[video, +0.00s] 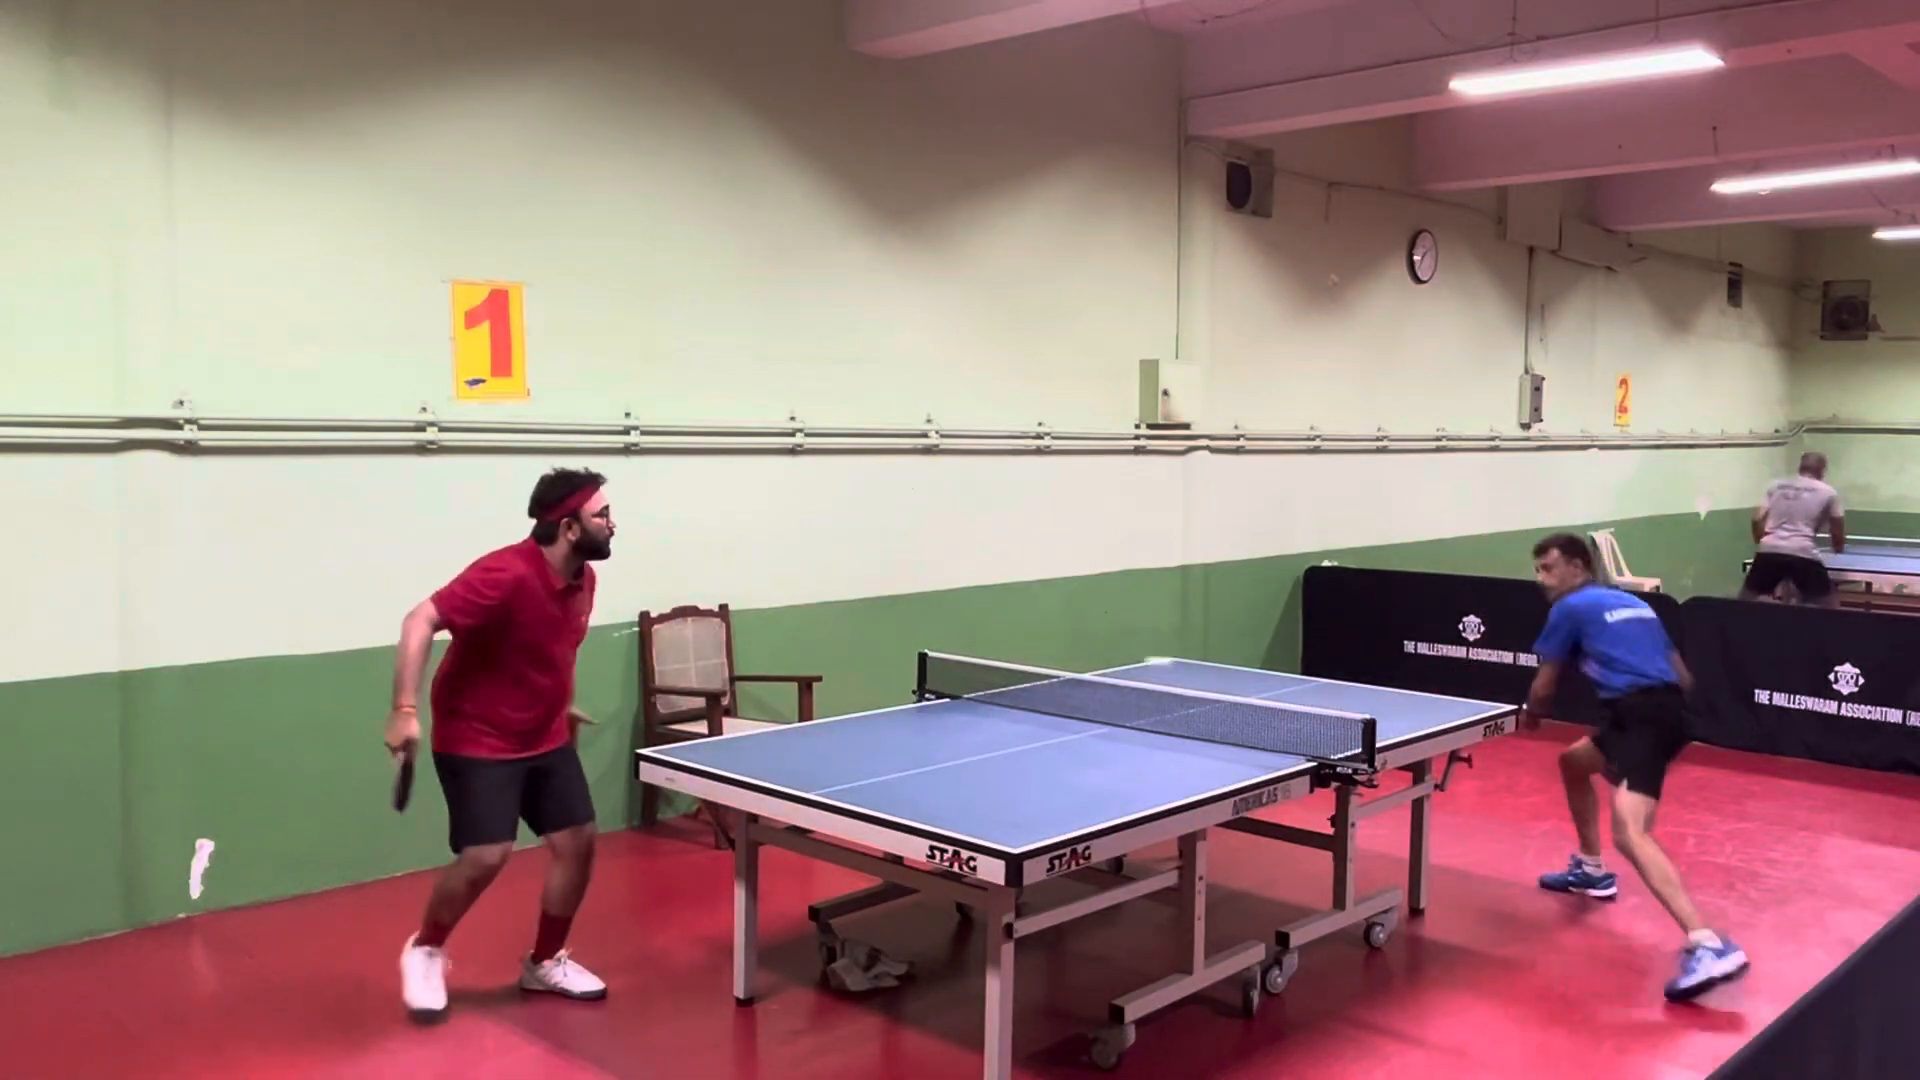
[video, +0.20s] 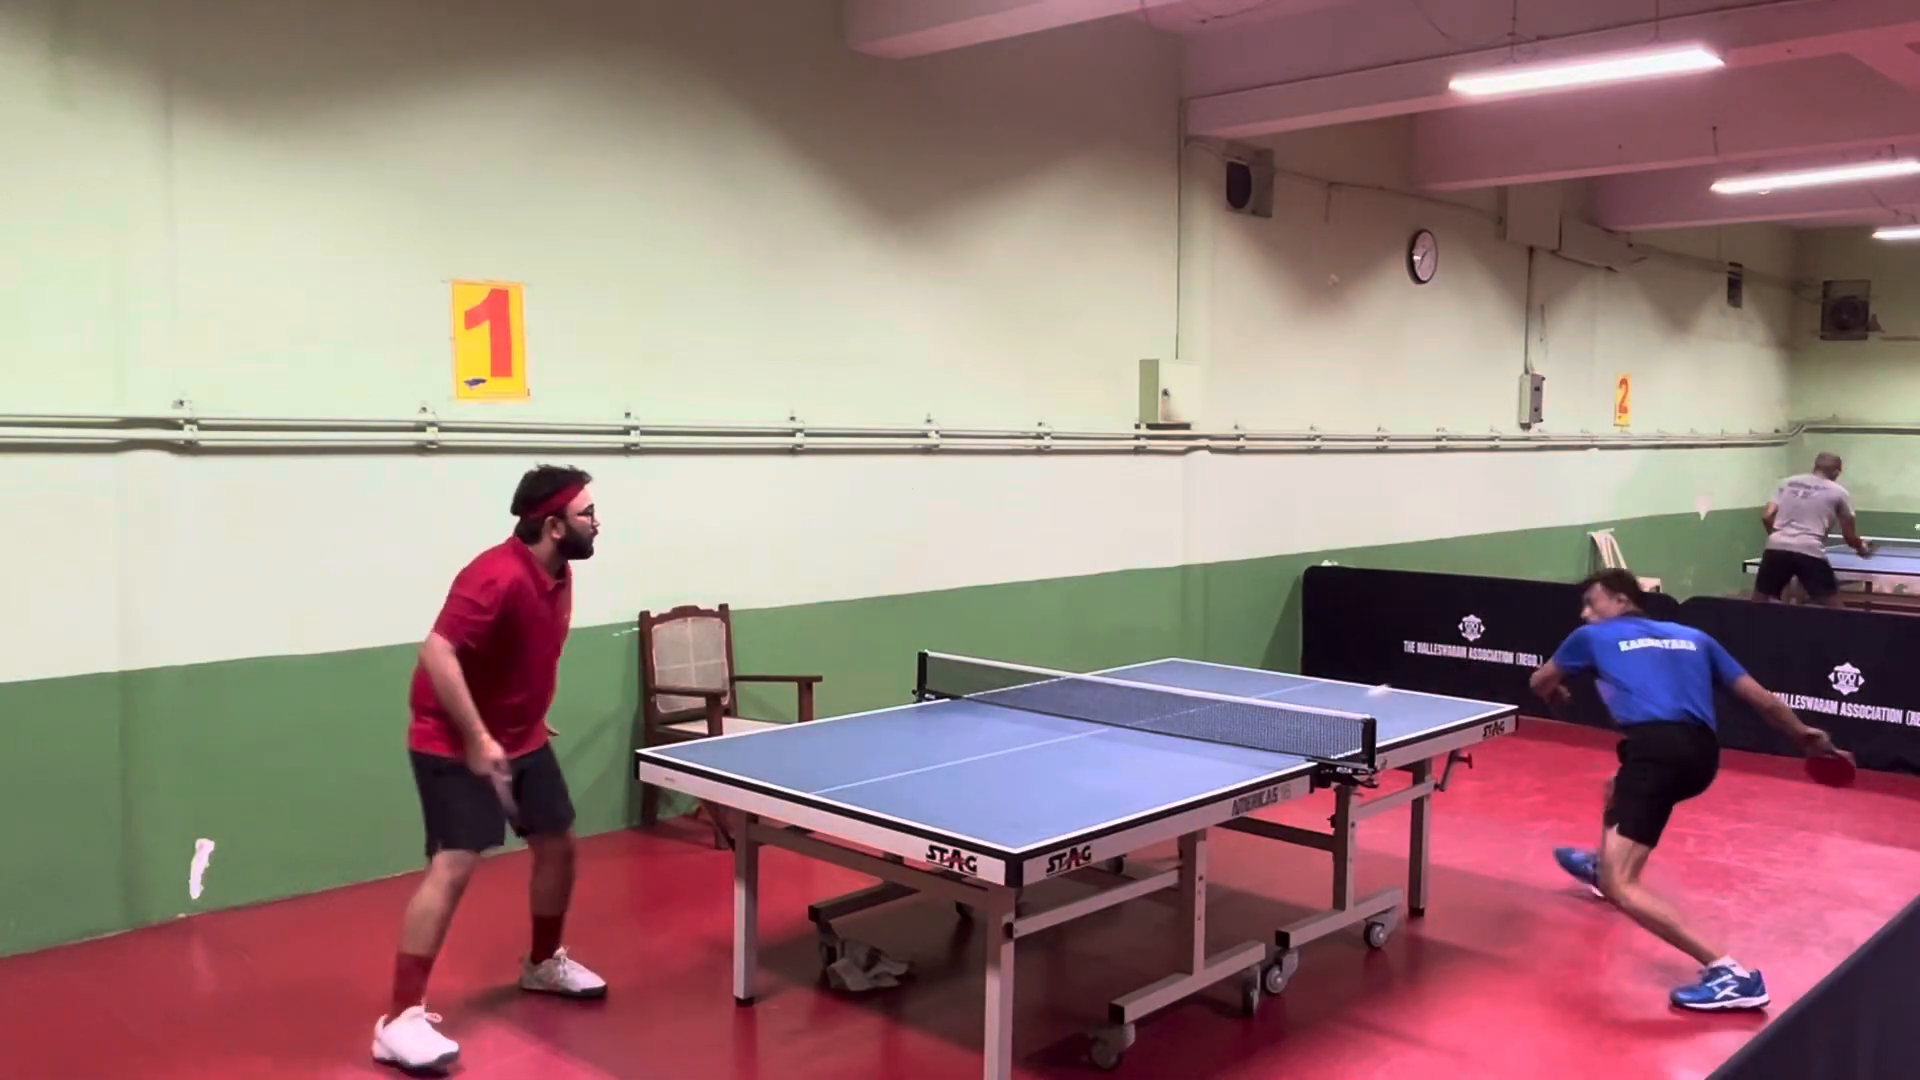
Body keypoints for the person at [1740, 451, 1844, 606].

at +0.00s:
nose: (1824, 474)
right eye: (1824, 470)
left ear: (1800, 469)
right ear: (1821, 471)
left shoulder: (1776, 486)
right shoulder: (1828, 493)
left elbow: (1757, 518)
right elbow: (1838, 544)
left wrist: (1761, 541)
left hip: (1768, 553)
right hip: (1803, 557)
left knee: (1744, 604)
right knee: (1829, 607)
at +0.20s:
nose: (1839, 474)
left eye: (1839, 471)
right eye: (1839, 471)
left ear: (1815, 467)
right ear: (1836, 471)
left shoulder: (1789, 482)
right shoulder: (1838, 493)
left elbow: (1767, 517)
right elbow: (1849, 537)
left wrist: (1778, 539)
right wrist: (1861, 547)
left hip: (1776, 551)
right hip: (1809, 555)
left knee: (1758, 603)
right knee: (1834, 608)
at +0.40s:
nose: (1843, 483)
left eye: (1844, 479)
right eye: (1844, 479)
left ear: (1821, 467)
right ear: (1841, 476)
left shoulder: (1788, 481)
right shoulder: (1833, 490)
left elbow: (1766, 514)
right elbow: (1824, 528)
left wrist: (1788, 526)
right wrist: (1860, 542)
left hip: (1777, 554)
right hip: (1809, 556)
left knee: (1759, 604)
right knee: (1841, 602)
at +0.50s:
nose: (1849, 485)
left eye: (1852, 481)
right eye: (1851, 479)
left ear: (1830, 466)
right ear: (1843, 472)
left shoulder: (1796, 480)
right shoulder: (1831, 486)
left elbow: (1775, 514)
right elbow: (1823, 522)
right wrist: (1859, 534)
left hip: (1779, 554)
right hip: (1809, 555)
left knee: (1763, 604)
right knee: (1842, 600)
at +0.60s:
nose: (1861, 483)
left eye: (1864, 479)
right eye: (1862, 477)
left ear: (1842, 466)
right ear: (1853, 470)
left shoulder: (1809, 480)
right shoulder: (1839, 487)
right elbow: (1836, 527)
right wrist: (1873, 536)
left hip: (1787, 552)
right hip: (1816, 555)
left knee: (1776, 608)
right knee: (1838, 608)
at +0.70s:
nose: (1877, 482)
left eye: (1879, 478)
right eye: (1878, 477)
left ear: (1856, 466)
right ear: (1869, 471)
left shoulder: (1825, 478)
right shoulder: (1861, 493)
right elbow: (1857, 540)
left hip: (1797, 549)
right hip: (1826, 553)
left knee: (1779, 598)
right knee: (1847, 605)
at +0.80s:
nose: (1893, 478)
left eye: (1894, 475)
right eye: (1893, 474)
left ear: (1871, 465)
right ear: (1888, 474)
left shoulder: (1837, 475)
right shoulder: (1880, 499)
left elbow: (1816, 504)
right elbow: (1862, 523)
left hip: (1805, 548)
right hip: (1837, 556)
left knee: (1783, 595)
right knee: (1860, 603)